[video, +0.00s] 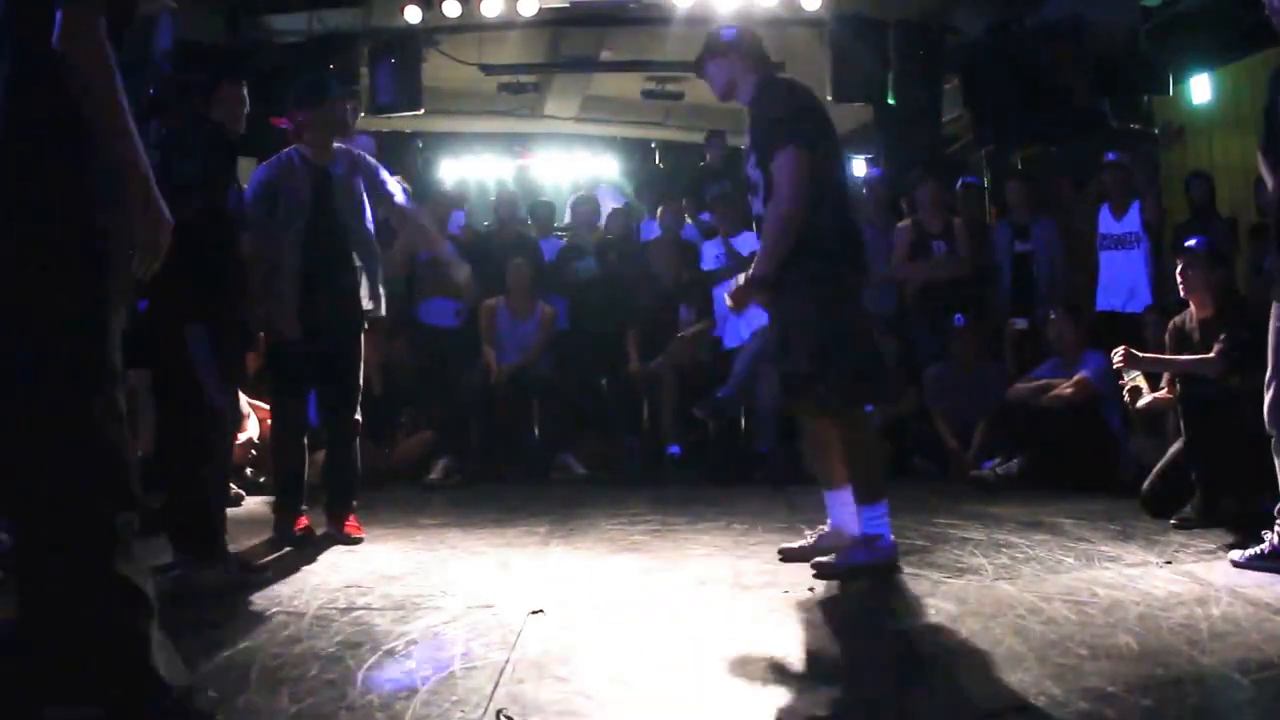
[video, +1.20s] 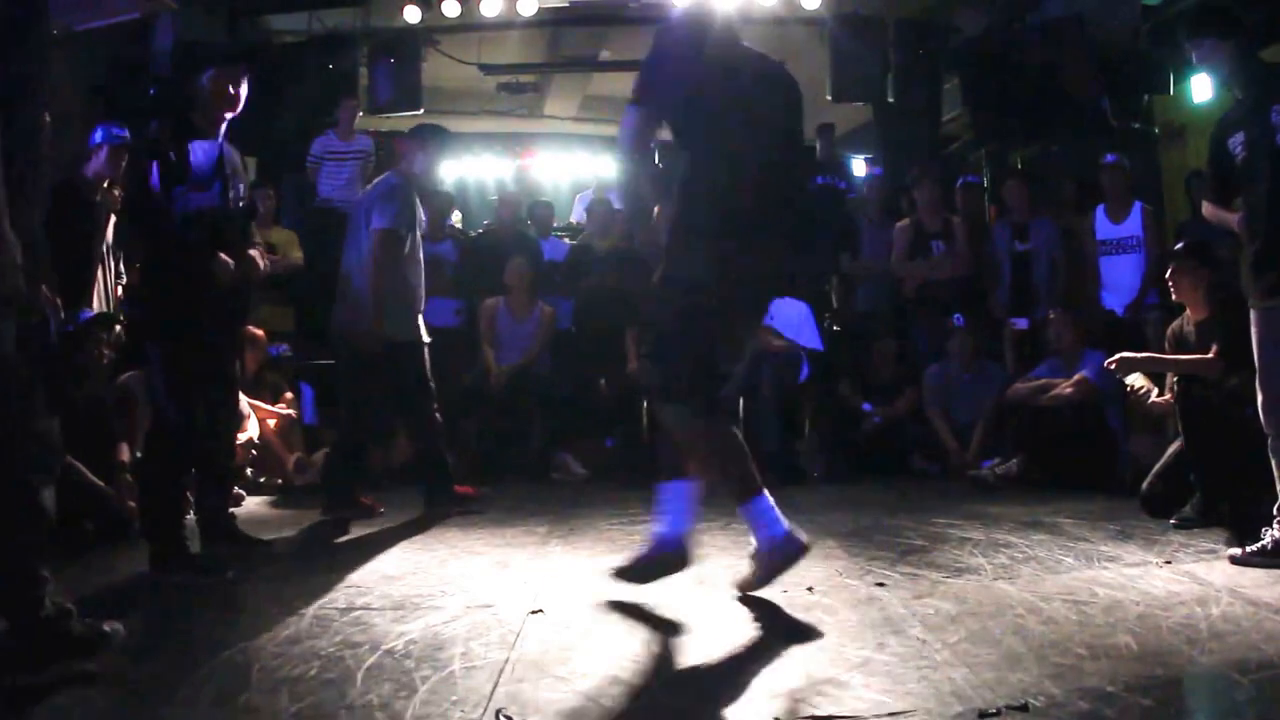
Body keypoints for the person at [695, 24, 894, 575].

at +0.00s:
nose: (713, 84)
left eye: (715, 70)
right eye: (708, 77)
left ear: (742, 55)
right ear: (729, 68)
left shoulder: (780, 99)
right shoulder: (772, 106)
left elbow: (790, 196)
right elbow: (788, 203)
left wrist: (759, 274)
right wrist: (758, 272)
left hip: (821, 277)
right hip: (809, 277)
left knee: (834, 401)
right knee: (820, 400)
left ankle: (867, 534)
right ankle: (845, 526)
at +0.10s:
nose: (711, 98)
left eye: (709, 86)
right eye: (706, 88)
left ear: (730, 73)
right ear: (753, 69)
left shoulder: (750, 106)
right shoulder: (805, 107)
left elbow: (752, 199)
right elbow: (820, 198)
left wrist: (753, 268)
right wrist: (751, 252)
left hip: (807, 271)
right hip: (846, 267)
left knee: (765, 382)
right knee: (832, 388)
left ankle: (844, 489)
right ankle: (840, 525)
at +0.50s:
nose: (751, 95)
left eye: (753, 87)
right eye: (752, 88)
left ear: (761, 85)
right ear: (802, 83)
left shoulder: (741, 129)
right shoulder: (839, 123)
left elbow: (716, 224)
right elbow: (853, 199)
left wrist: (744, 258)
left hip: (771, 275)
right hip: (833, 271)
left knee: (784, 392)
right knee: (825, 389)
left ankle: (802, 512)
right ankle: (802, 510)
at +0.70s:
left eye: (779, 85)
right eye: (812, 85)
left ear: (769, 87)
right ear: (822, 87)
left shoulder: (743, 123)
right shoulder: (847, 128)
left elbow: (714, 225)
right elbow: (868, 217)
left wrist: (749, 261)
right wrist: (850, 257)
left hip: (760, 284)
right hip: (829, 284)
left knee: (765, 391)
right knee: (830, 406)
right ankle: (818, 535)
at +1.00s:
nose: (716, 71)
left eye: (716, 63)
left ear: (718, 62)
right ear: (772, 58)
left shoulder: (701, 102)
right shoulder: (808, 91)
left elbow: (679, 208)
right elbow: (826, 185)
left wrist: (675, 272)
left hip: (739, 284)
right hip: (819, 278)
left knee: (747, 427)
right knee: (842, 413)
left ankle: (764, 595)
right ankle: (878, 565)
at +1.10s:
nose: (692, 50)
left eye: (691, 42)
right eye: (699, 43)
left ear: (696, 39)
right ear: (748, 36)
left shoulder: (687, 85)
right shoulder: (789, 80)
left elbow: (673, 186)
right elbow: (813, 183)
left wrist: (670, 260)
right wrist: (821, 259)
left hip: (719, 271)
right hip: (786, 267)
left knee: (735, 416)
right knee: (786, 393)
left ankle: (765, 583)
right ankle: (806, 508)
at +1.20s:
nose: (666, 26)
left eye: (675, 22)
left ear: (688, 19)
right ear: (733, 23)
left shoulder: (679, 41)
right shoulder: (778, 76)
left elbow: (632, 140)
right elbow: (793, 175)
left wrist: (639, 219)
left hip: (703, 246)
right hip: (766, 252)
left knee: (674, 382)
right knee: (689, 386)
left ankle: (772, 532)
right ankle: (671, 533)